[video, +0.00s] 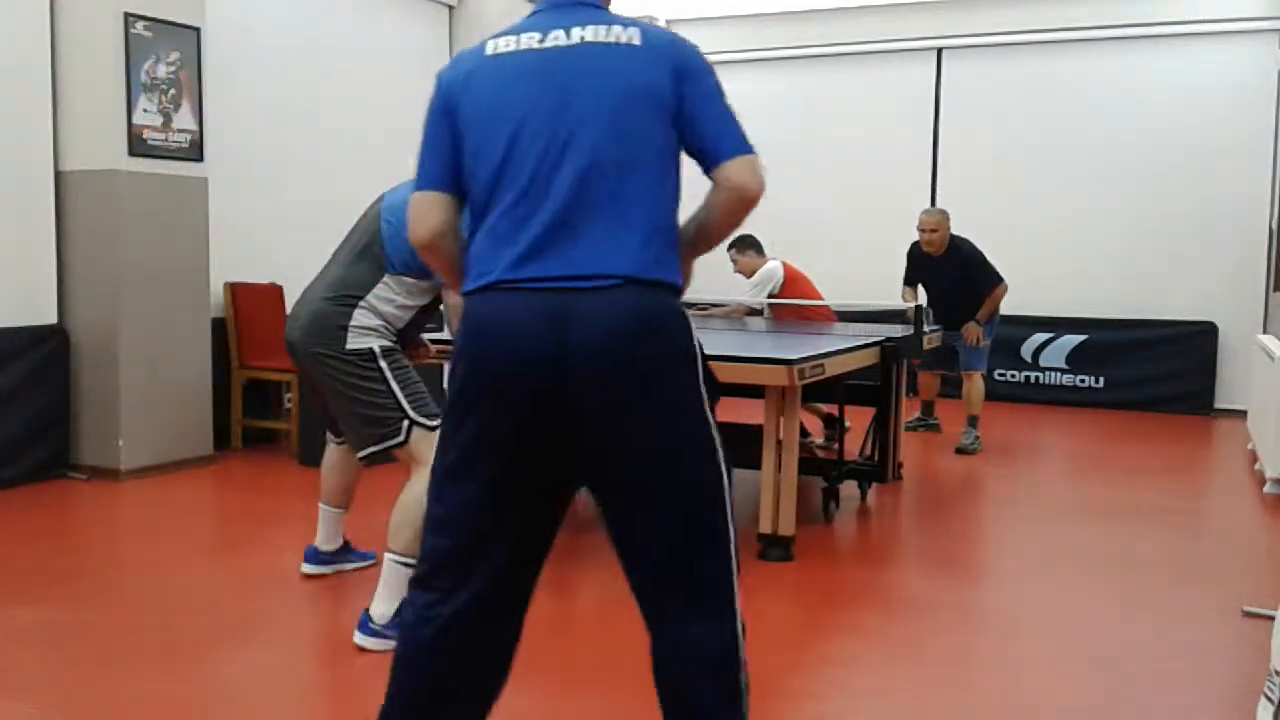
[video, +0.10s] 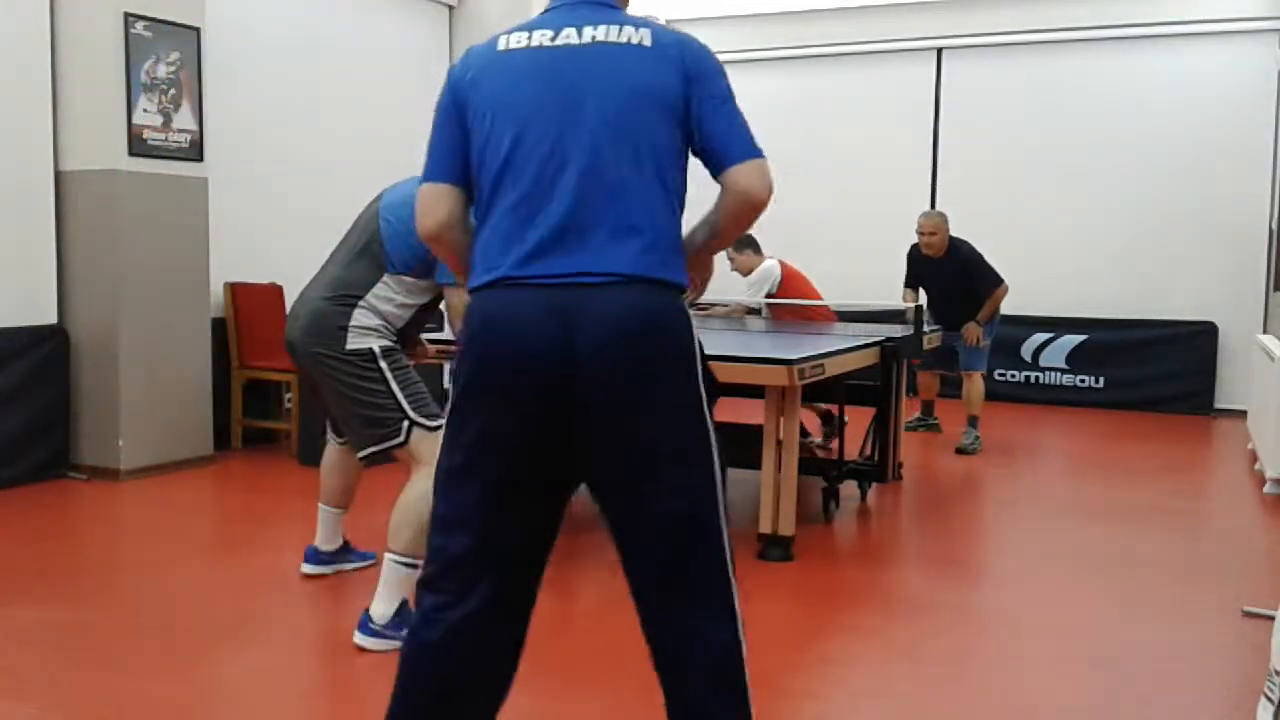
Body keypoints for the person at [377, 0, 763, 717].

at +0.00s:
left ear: (531, 3)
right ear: (607, 1)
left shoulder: (464, 69)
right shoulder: (665, 49)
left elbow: (429, 226)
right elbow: (742, 180)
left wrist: (484, 291)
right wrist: (679, 249)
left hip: (503, 337)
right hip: (637, 333)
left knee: (461, 587)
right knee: (688, 587)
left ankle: (417, 714)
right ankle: (709, 712)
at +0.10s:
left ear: (547, 4)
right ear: (623, 4)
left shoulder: (476, 64)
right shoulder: (678, 51)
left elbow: (436, 219)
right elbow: (751, 184)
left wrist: (499, 280)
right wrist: (699, 247)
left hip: (509, 332)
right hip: (641, 330)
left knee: (471, 582)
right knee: (684, 578)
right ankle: (711, 710)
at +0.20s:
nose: (640, 12)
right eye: (639, 9)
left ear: (551, 3)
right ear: (627, 4)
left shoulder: (475, 62)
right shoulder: (675, 56)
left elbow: (430, 216)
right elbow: (738, 195)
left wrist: (499, 275)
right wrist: (703, 250)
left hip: (500, 332)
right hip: (628, 331)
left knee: (462, 575)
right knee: (674, 571)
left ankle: (425, 714)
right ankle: (705, 711)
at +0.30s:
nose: (637, 13)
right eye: (636, 10)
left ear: (548, 1)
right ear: (623, 4)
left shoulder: (468, 60)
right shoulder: (667, 58)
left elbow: (419, 213)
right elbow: (717, 208)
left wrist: (498, 262)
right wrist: (688, 260)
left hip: (489, 333)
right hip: (617, 333)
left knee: (456, 580)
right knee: (665, 577)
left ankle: (422, 714)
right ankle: (698, 712)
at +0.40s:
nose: (631, 14)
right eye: (629, 10)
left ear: (542, 2)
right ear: (616, 5)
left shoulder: (462, 60)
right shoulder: (662, 57)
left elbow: (415, 214)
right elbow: (705, 207)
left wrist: (483, 270)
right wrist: (664, 261)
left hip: (486, 328)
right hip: (613, 330)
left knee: (452, 579)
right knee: (657, 573)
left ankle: (423, 715)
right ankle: (691, 712)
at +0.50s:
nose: (627, 12)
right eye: (625, 8)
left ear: (537, 3)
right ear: (612, 3)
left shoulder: (459, 61)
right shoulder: (661, 58)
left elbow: (412, 216)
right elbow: (705, 203)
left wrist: (482, 268)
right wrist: (659, 255)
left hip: (485, 329)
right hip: (612, 330)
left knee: (452, 578)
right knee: (659, 572)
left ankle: (423, 711)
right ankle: (693, 708)